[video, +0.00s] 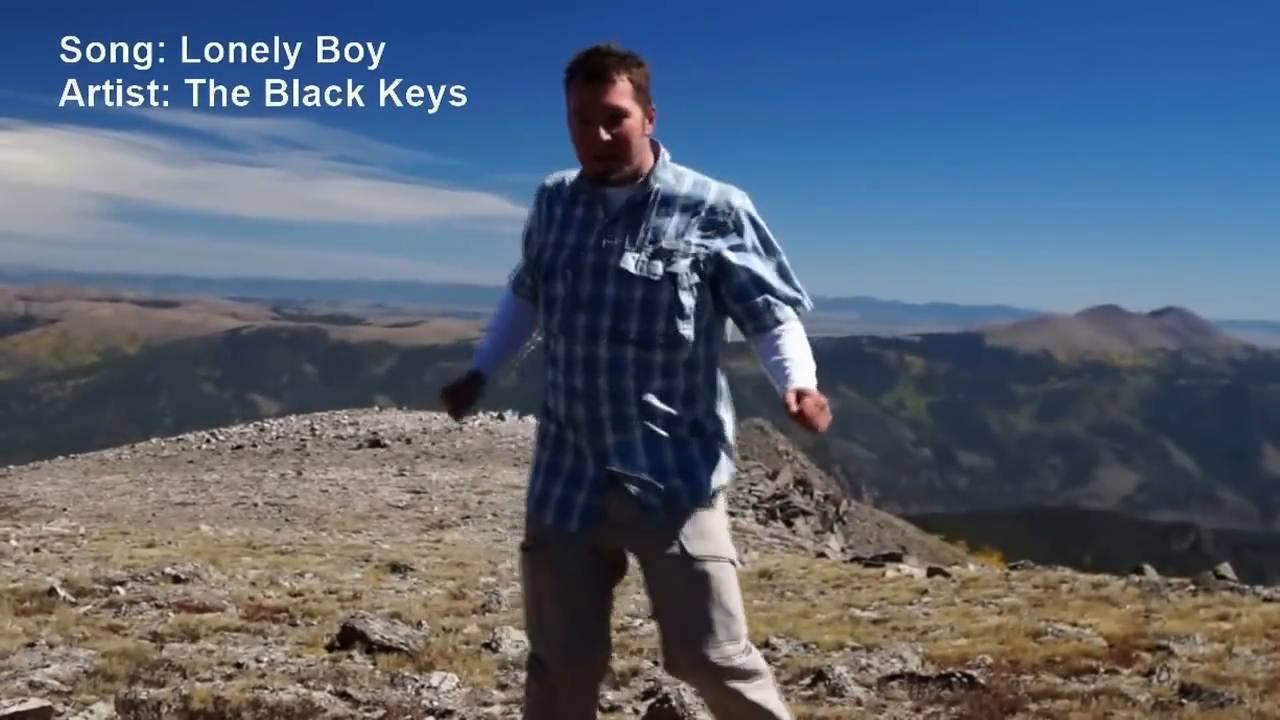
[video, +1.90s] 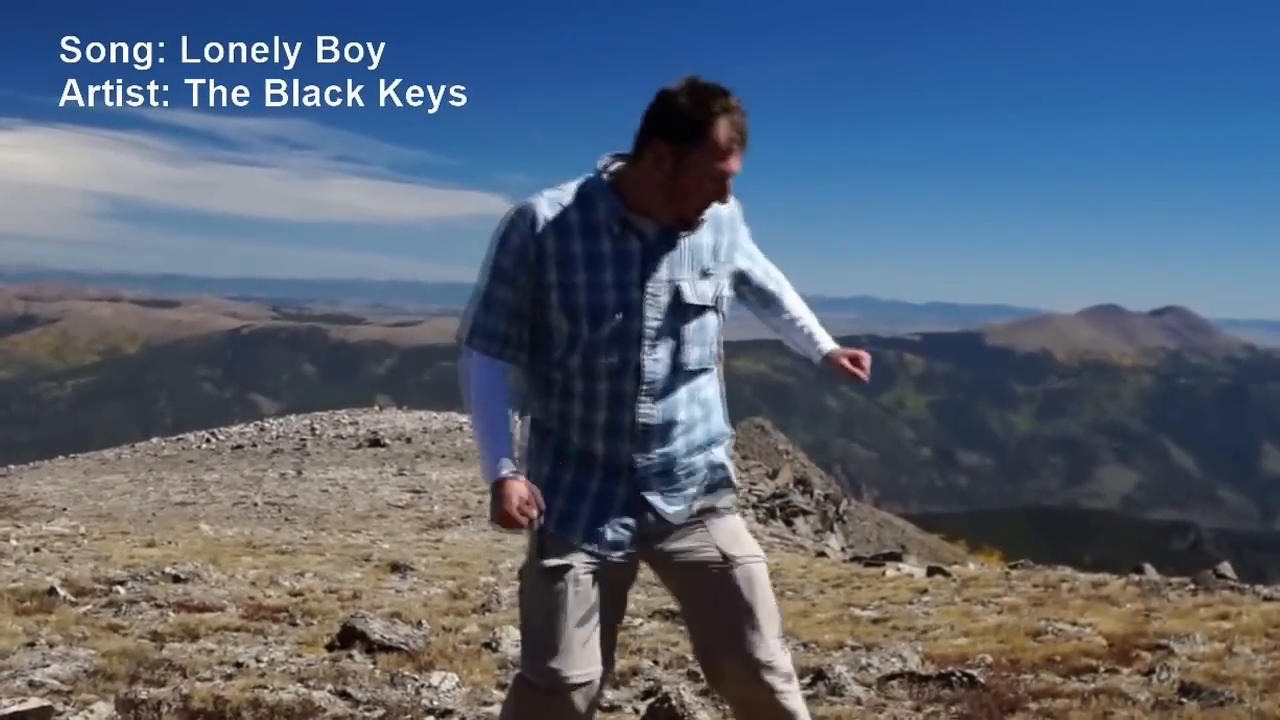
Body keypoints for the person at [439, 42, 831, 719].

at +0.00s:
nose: (597, 136)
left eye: (613, 118)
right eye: (582, 122)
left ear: (649, 117)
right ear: (568, 125)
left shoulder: (714, 210)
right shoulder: (555, 204)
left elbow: (770, 310)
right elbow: (526, 298)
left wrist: (798, 382)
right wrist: (479, 372)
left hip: (675, 472)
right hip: (567, 470)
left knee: (716, 660)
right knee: (560, 671)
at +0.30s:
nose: (652, 175)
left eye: (666, 156)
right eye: (635, 159)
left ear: (696, 137)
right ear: (618, 152)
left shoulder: (767, 210)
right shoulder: (621, 225)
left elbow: (835, 326)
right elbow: (619, 327)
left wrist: (835, 451)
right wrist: (577, 385)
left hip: (760, 477)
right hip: (656, 470)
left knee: (780, 675)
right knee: (606, 665)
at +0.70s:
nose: (745, 153)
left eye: (759, 135)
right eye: (727, 137)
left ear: (777, 120)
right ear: (696, 123)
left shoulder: (831, 197)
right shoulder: (648, 208)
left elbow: (880, 304)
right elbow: (609, 302)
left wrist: (902, 411)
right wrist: (608, 355)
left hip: (796, 466)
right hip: (683, 460)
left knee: (798, 671)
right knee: (644, 653)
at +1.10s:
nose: (734, 168)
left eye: (746, 153)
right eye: (720, 151)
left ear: (759, 144)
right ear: (677, 133)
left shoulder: (769, 225)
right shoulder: (584, 208)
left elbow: (788, 341)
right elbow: (520, 315)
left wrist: (836, 394)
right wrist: (550, 414)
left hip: (722, 486)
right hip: (606, 483)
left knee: (762, 677)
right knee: (577, 671)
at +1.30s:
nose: (684, 167)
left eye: (695, 151)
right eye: (674, 149)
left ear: (703, 140)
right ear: (626, 129)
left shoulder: (709, 226)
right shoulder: (527, 202)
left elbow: (720, 350)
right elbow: (458, 313)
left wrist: (753, 438)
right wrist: (499, 404)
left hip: (672, 485)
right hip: (555, 491)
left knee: (722, 660)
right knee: (544, 678)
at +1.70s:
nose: (678, 174)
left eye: (686, 158)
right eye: (670, 156)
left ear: (689, 143)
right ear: (614, 135)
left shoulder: (680, 202)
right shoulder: (507, 206)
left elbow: (705, 296)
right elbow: (432, 304)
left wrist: (755, 365)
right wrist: (500, 373)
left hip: (658, 462)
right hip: (548, 478)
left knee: (724, 604)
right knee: (537, 667)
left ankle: (684, 714)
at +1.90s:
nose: (723, 195)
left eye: (729, 179)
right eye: (715, 179)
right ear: (660, 158)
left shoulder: (721, 224)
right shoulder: (542, 226)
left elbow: (763, 287)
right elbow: (486, 352)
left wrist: (822, 347)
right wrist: (502, 469)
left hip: (695, 492)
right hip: (579, 500)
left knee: (761, 674)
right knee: (558, 688)